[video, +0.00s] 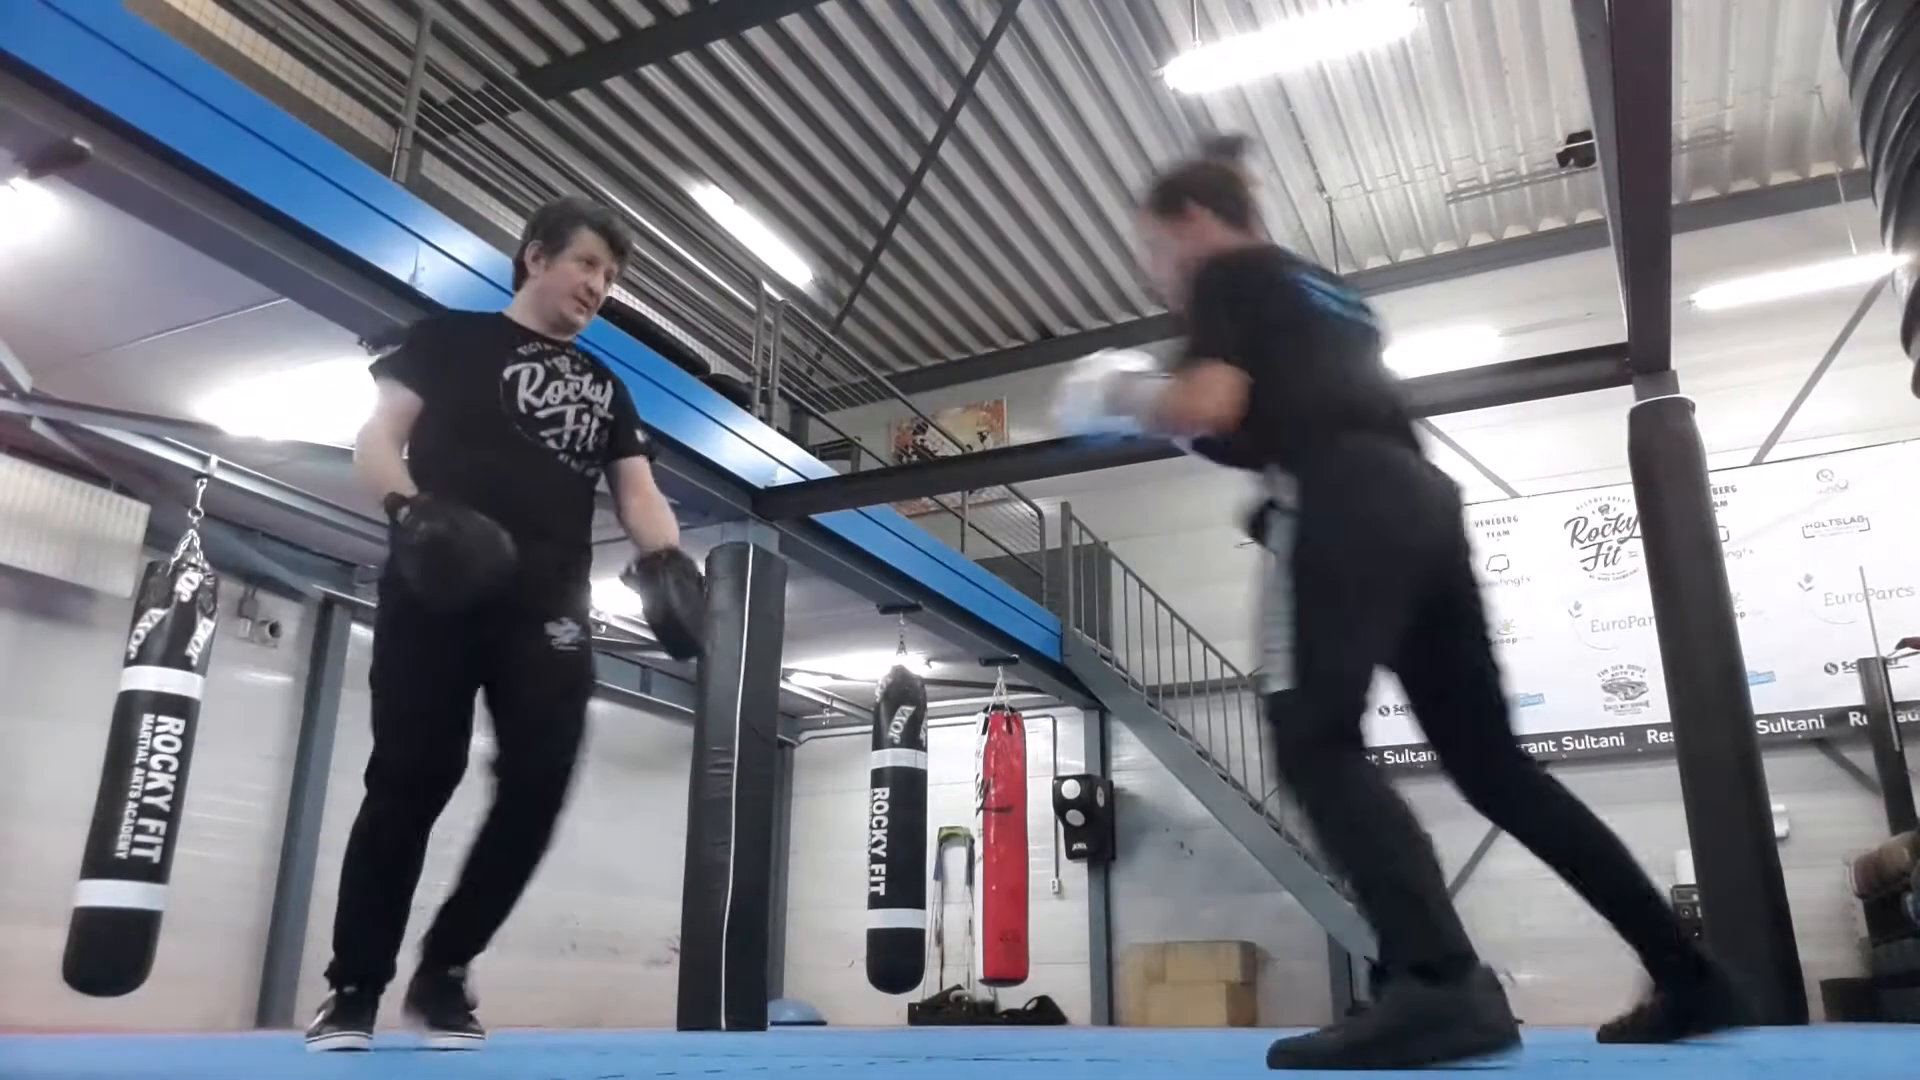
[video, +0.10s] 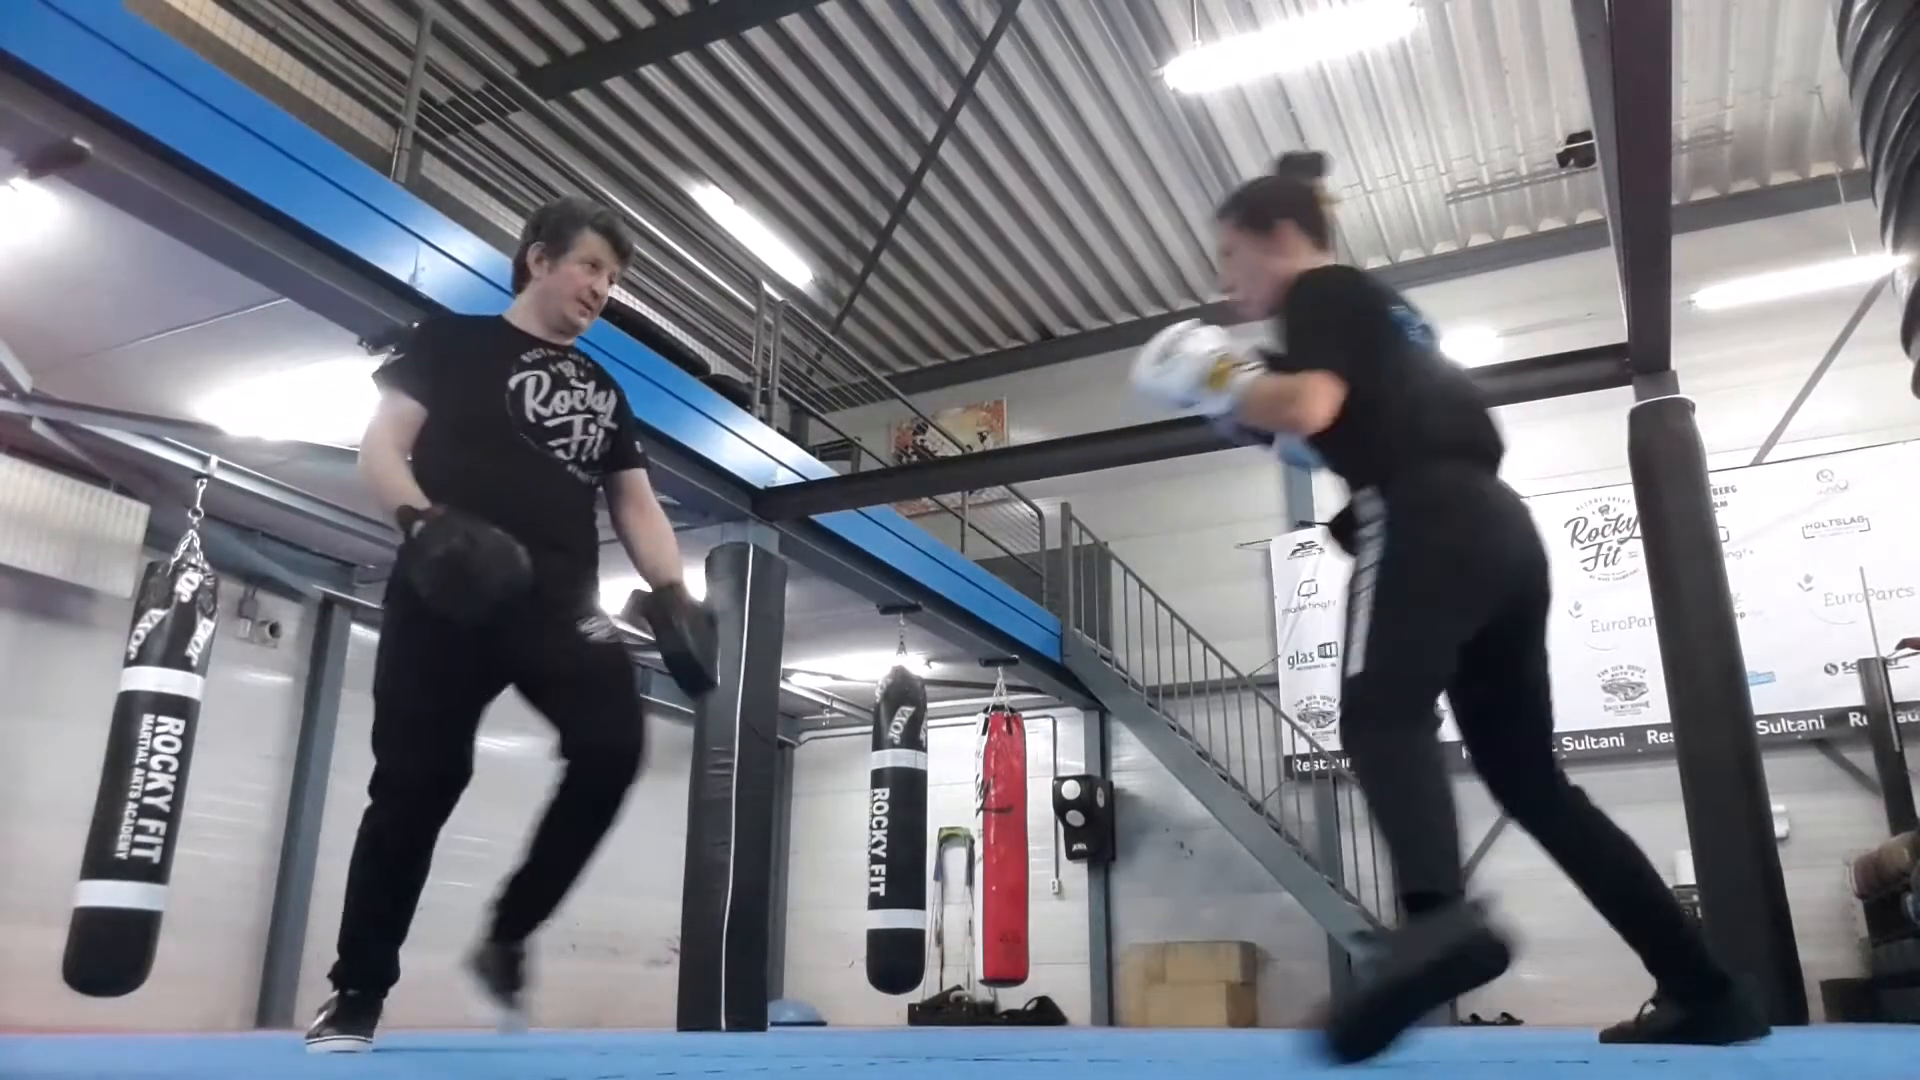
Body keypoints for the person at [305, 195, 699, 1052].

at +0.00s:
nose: (596, 285)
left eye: (607, 276)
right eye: (583, 264)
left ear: (609, 291)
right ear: (535, 259)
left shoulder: (605, 391)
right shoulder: (449, 336)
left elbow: (640, 497)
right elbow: (375, 445)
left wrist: (667, 564)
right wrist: (412, 508)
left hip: (546, 611)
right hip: (436, 590)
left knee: (537, 787)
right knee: (411, 777)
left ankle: (441, 976)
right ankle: (354, 988)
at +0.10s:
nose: (599, 289)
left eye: (609, 279)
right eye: (587, 268)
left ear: (610, 292)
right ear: (536, 261)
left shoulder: (604, 397)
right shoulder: (452, 341)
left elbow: (637, 507)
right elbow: (379, 451)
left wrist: (677, 600)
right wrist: (424, 521)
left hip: (557, 615)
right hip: (445, 597)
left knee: (613, 745)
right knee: (415, 784)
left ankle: (508, 935)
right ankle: (357, 994)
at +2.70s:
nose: (897, 268)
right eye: (893, 255)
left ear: (817, 272)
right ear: (894, 260)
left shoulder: (779, 369)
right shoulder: (910, 311)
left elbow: (769, 497)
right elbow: (999, 310)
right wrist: (1009, 257)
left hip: (800, 584)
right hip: (874, 576)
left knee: (846, 785)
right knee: (807, 766)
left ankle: (854, 995)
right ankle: (711, 978)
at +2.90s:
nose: (934, 273)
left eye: (926, 261)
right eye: (924, 262)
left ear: (845, 283)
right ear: (907, 268)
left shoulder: (799, 370)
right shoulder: (913, 315)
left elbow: (783, 507)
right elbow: (987, 238)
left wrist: (778, 610)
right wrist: (930, 166)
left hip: (828, 586)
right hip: (884, 577)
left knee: (855, 789)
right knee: (821, 773)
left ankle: (855, 995)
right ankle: (721, 972)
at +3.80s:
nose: (996, 322)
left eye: (1000, 308)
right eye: (995, 303)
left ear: (956, 290)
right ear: (961, 286)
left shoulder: (932, 364)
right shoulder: (913, 329)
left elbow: (929, 496)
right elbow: (882, 400)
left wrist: (967, 618)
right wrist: (869, 493)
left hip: (907, 591)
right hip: (909, 587)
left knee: (870, 791)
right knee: (954, 751)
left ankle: (849, 997)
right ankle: (918, 975)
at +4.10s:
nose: (1063, 308)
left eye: (1065, 293)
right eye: (1063, 289)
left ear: (1009, 270)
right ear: (1036, 274)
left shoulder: (970, 336)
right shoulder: (980, 314)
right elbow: (949, 392)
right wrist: (938, 499)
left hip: (960, 589)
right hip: (991, 589)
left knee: (923, 783)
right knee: (1033, 773)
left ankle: (856, 992)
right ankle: (1021, 988)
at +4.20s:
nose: (1086, 294)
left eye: (1086, 279)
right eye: (1085, 277)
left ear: (1017, 264)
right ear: (1061, 268)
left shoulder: (983, 330)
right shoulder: (1017, 311)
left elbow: (939, 466)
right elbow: (1006, 390)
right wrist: (1026, 501)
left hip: (979, 574)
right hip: (1022, 571)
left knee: (996, 784)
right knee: (1056, 779)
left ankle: (879, 974)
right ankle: (1026, 992)